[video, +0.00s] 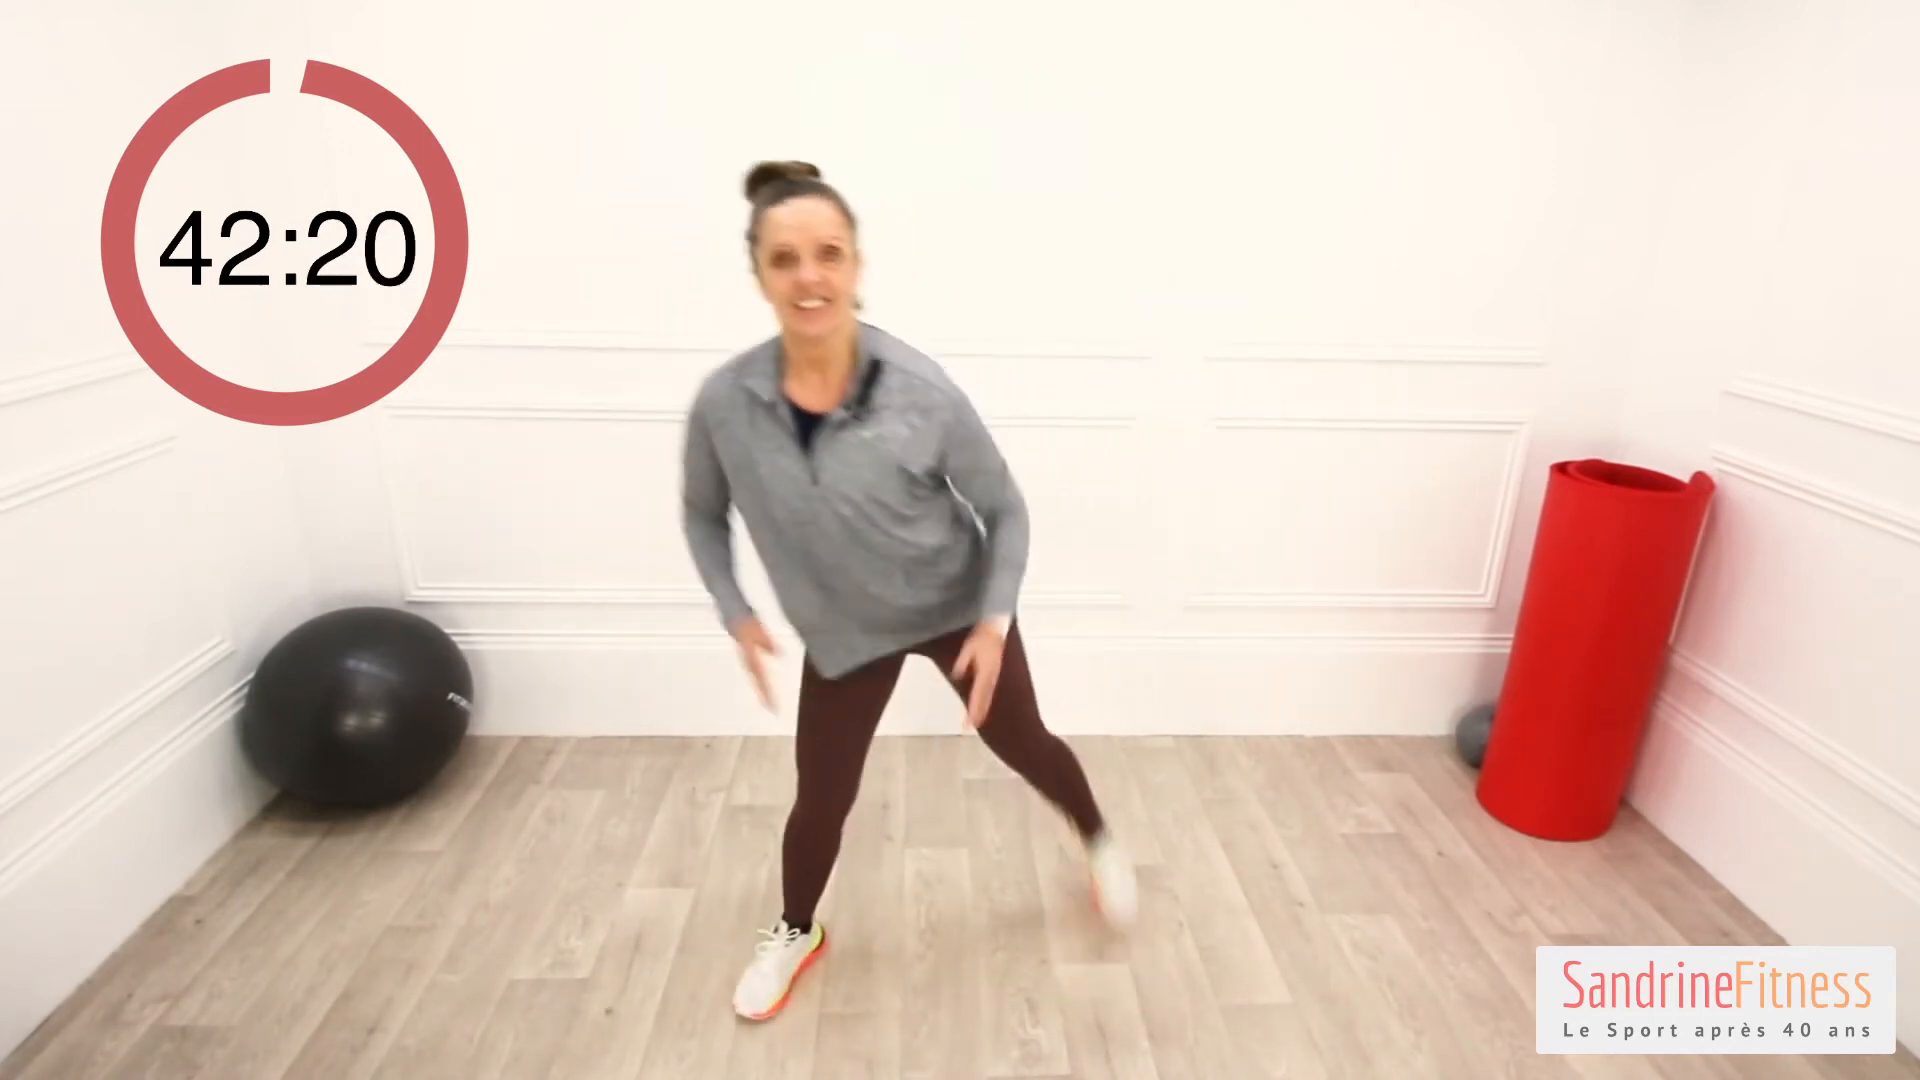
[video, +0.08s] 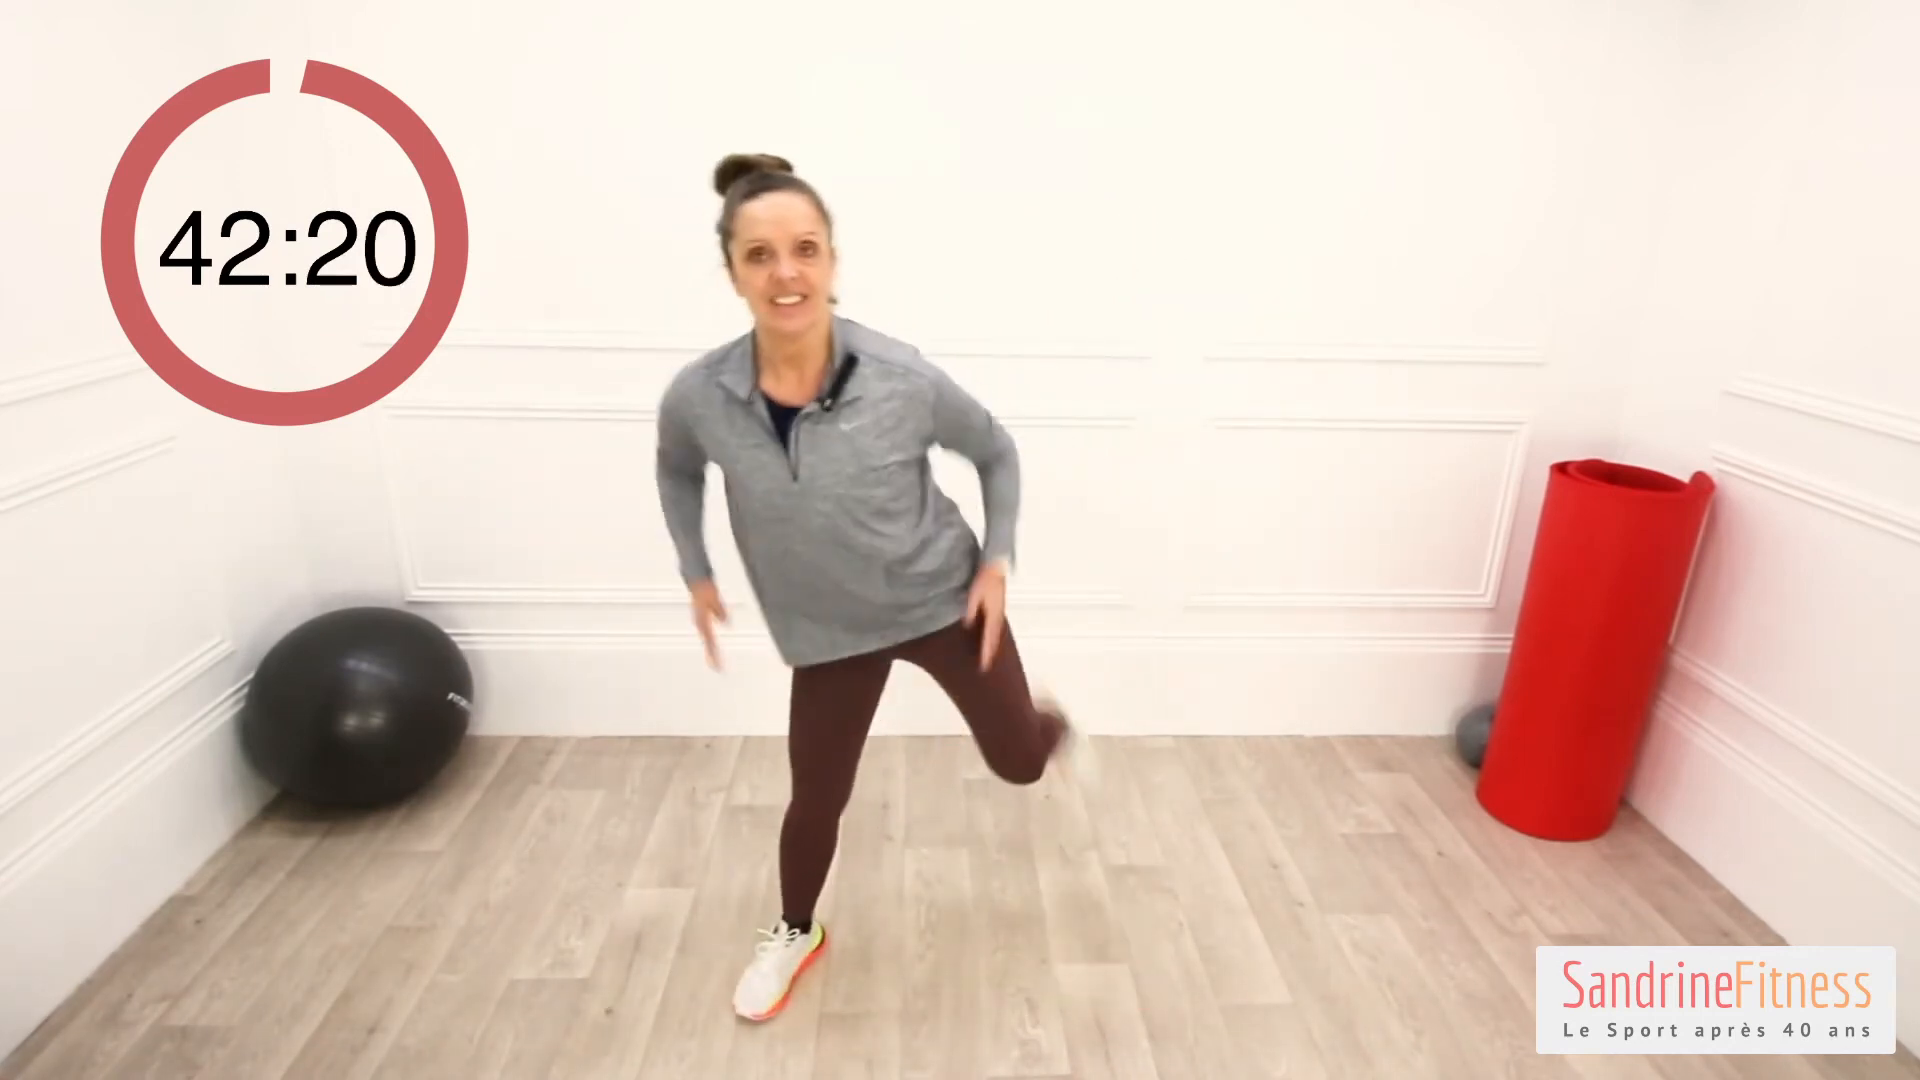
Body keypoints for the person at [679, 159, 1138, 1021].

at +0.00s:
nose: (809, 280)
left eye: (828, 255)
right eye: (784, 261)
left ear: (858, 266)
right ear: (758, 280)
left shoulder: (922, 393)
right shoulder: (724, 405)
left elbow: (1006, 512)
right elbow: (704, 515)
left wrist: (994, 622)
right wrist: (738, 615)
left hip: (956, 607)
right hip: (844, 629)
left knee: (1023, 744)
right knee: (821, 795)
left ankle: (1099, 841)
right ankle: (795, 930)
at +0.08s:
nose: (787, 275)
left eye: (805, 251)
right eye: (761, 257)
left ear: (833, 263)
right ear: (732, 276)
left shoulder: (903, 378)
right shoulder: (697, 401)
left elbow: (996, 451)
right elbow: (677, 475)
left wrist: (999, 558)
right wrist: (697, 571)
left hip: (941, 609)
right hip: (827, 636)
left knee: (1016, 760)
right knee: (814, 800)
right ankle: (796, 931)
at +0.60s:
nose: (882, 283)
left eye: (897, 259)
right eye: (857, 266)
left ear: (920, 268)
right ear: (826, 283)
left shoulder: (977, 393)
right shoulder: (786, 405)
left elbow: (1038, 530)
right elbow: (793, 553)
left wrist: (997, 563)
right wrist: (883, 576)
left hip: (957, 627)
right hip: (845, 637)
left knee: (1014, 771)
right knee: (827, 808)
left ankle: (1077, 887)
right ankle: (796, 933)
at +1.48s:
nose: (1080, 282)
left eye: (1100, 259)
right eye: (1057, 264)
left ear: (1129, 271)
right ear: (1031, 282)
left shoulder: (1180, 391)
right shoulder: (983, 393)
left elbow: (1216, 451)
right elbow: (924, 525)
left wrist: (1180, 543)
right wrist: (984, 582)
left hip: (1084, 629)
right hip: (970, 612)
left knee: (1085, 790)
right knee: (892, 758)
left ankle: (1098, 916)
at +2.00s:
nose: (766, 280)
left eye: (787, 257)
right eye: (743, 263)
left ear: (826, 270)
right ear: (724, 281)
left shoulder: (876, 383)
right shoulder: (723, 384)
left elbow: (890, 522)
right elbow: (766, 495)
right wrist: (787, 569)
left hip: (937, 595)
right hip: (835, 612)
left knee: (1004, 737)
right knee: (805, 796)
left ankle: (1086, 840)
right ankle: (779, 936)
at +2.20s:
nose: (740, 305)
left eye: (760, 280)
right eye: (715, 286)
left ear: (797, 292)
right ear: (696, 305)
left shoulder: (838, 394)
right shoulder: (705, 395)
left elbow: (808, 486)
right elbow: (748, 502)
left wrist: (635, 511)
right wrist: (804, 597)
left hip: (911, 619)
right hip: (808, 633)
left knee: (971, 759)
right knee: (773, 808)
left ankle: (1041, 829)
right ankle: (779, 939)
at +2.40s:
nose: (773, 294)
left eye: (792, 269)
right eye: (747, 275)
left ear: (823, 278)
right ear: (723, 293)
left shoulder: (878, 402)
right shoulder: (705, 386)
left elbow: (987, 530)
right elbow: (777, 498)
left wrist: (899, 644)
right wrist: (807, 593)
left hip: (920, 612)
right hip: (809, 626)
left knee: (994, 748)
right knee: (787, 804)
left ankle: (1063, 852)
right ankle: (778, 938)